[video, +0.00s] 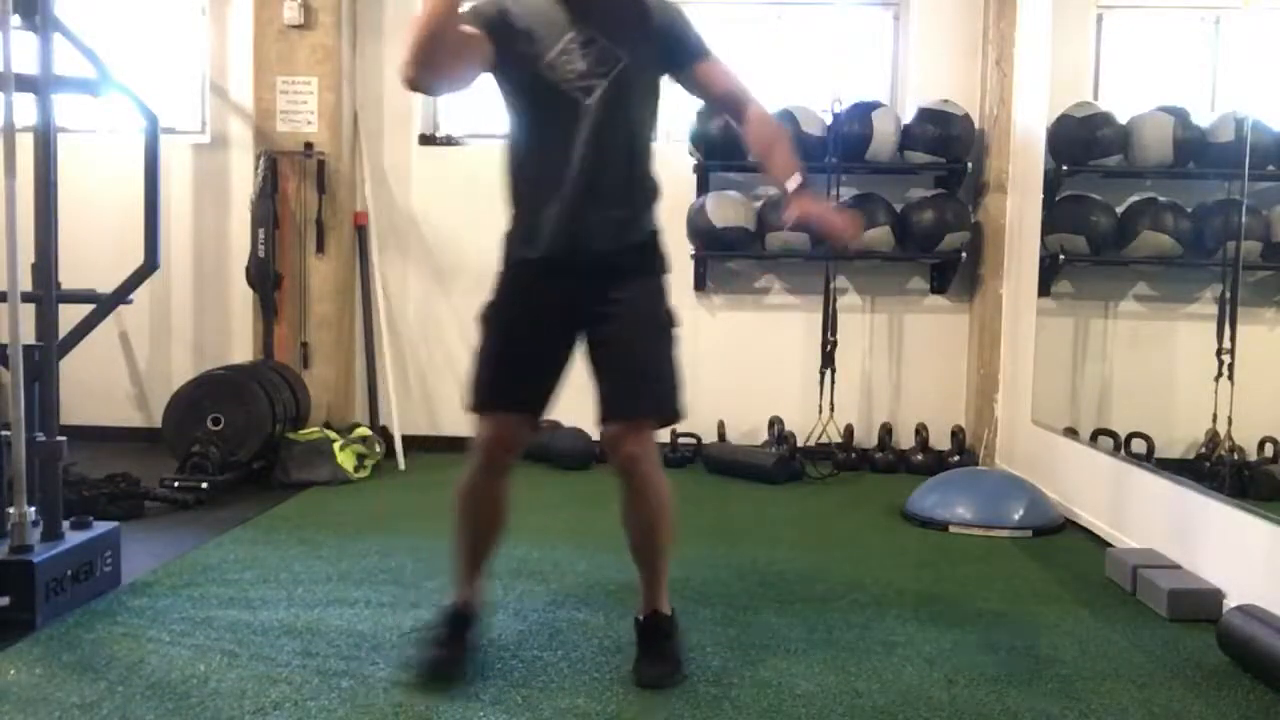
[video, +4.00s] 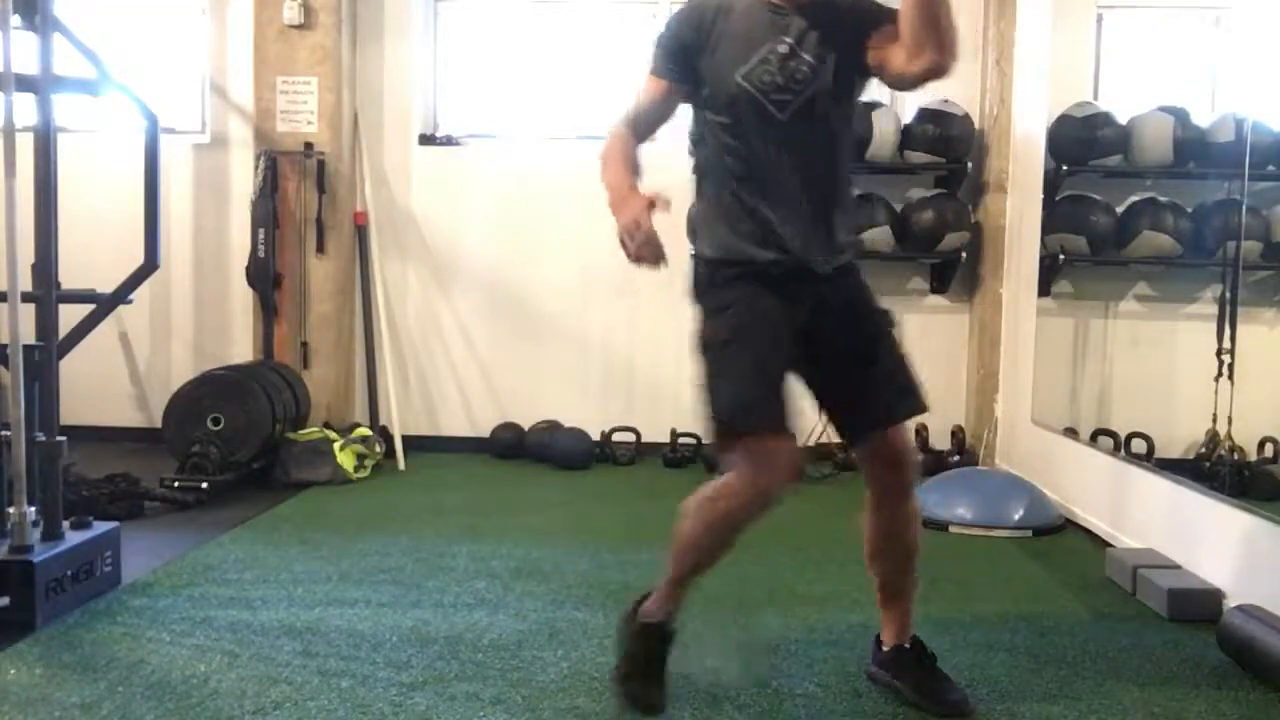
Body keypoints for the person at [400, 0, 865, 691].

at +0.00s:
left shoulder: (648, 17)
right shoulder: (510, 15)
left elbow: (742, 105)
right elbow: (422, 69)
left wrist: (795, 187)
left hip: (626, 266)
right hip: (536, 266)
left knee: (633, 447)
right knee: (495, 444)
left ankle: (655, 617)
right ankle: (462, 609)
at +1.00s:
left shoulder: (932, 46)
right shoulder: (793, 54)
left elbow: (989, 101)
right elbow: (715, 160)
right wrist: (698, 265)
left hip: (912, 281)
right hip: (821, 270)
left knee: (972, 465)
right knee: (983, 219)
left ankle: (938, 636)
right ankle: (920, 447)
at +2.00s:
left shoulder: (620, 10)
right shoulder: (467, 3)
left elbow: (708, 124)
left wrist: (763, 250)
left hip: (555, 231)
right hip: (467, 230)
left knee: (439, 357)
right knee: (428, 435)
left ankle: (535, 523)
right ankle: (425, 632)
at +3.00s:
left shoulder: (728, 20)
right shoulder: (580, 33)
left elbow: (848, 97)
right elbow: (521, 165)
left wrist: (897, 41)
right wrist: (578, 96)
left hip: (712, 278)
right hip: (615, 282)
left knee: (790, 447)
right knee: (586, 467)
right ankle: (559, 625)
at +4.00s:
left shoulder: (850, 18)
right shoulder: (708, 15)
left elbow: (929, 54)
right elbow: (624, 136)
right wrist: (625, 199)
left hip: (828, 271)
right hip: (738, 268)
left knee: (895, 460)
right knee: (766, 466)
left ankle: (897, 648)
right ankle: (655, 615)